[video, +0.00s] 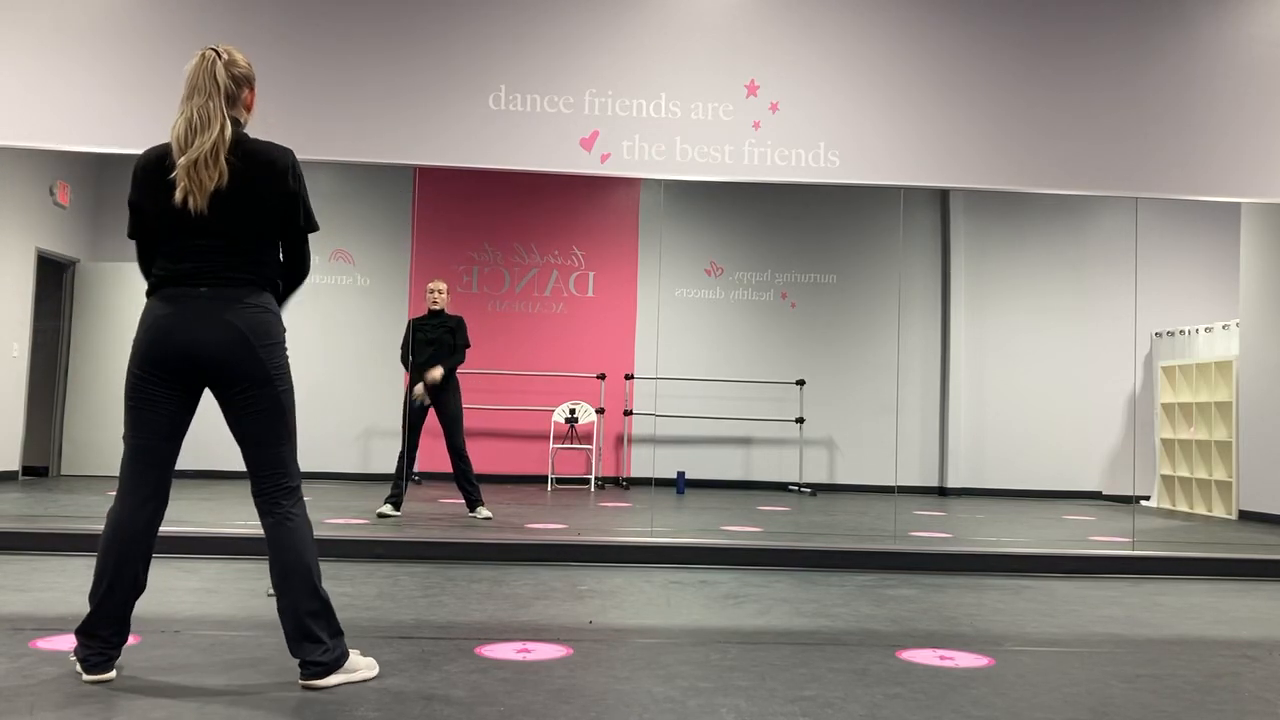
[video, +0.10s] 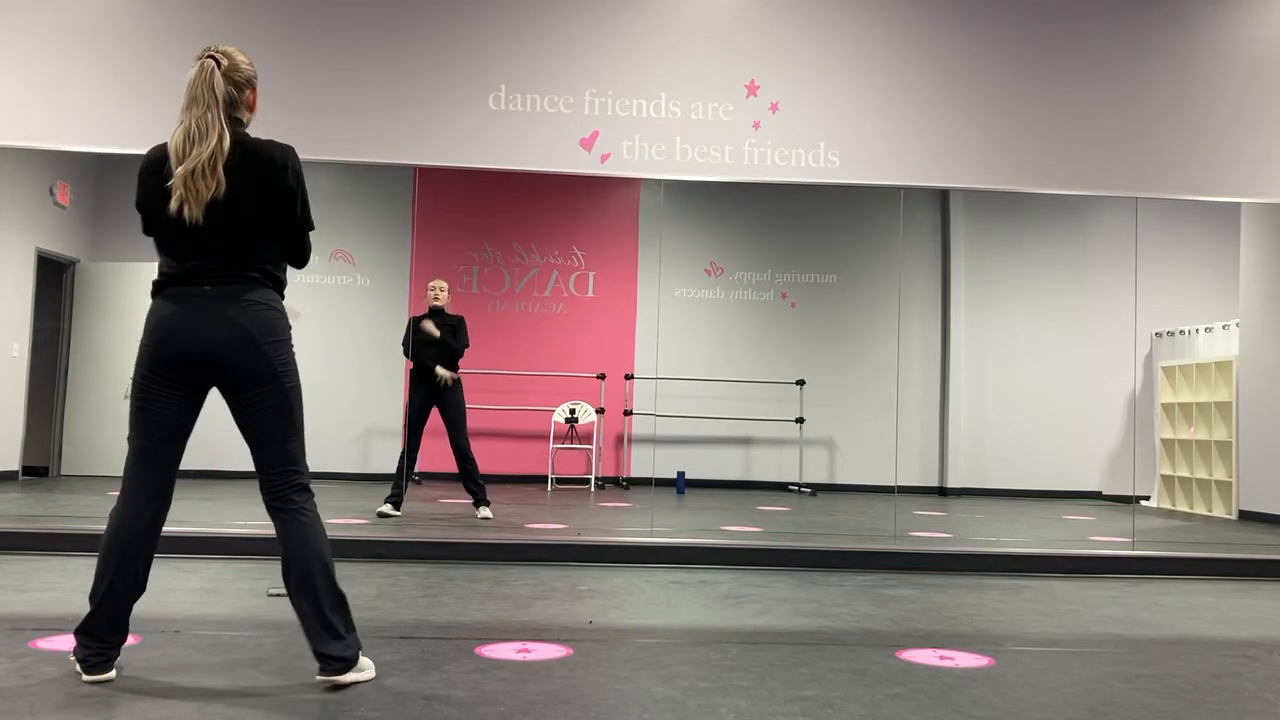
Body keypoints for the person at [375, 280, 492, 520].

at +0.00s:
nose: (435, 295)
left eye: (440, 292)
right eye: (431, 291)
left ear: (447, 297)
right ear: (425, 296)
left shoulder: (456, 322)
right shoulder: (414, 324)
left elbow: (460, 354)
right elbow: (405, 355)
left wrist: (441, 368)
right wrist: (417, 379)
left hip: (446, 388)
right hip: (418, 388)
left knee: (457, 446)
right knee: (408, 446)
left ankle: (475, 504)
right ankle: (393, 503)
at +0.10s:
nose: (436, 293)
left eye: (441, 290)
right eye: (433, 289)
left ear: (448, 296)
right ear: (426, 295)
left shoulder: (456, 321)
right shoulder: (416, 322)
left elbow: (460, 348)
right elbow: (409, 350)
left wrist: (436, 333)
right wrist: (436, 367)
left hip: (449, 387)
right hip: (421, 386)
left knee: (461, 445)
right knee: (410, 445)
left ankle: (481, 503)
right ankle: (393, 502)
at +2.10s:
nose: (442, 294)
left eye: (447, 291)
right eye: (438, 290)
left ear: (454, 299)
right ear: (431, 297)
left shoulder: (462, 322)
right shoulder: (420, 324)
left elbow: (466, 345)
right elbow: (416, 355)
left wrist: (451, 317)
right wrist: (448, 353)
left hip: (457, 390)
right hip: (427, 390)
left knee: (466, 448)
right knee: (413, 448)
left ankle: (482, 504)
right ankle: (394, 504)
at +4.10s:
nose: (444, 296)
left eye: (448, 293)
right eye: (440, 292)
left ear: (456, 299)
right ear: (434, 297)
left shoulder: (463, 324)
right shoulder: (421, 324)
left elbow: (469, 349)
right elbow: (418, 353)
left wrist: (453, 322)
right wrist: (450, 357)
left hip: (459, 391)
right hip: (430, 391)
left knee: (467, 449)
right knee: (415, 449)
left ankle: (482, 504)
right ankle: (394, 504)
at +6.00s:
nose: (439, 294)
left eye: (445, 291)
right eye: (436, 291)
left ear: (453, 298)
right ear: (430, 297)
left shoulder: (460, 323)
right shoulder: (420, 322)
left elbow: (464, 342)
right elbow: (415, 349)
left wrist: (448, 317)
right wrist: (444, 348)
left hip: (455, 389)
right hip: (425, 389)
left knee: (465, 447)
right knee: (412, 448)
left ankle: (482, 504)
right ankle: (394, 504)